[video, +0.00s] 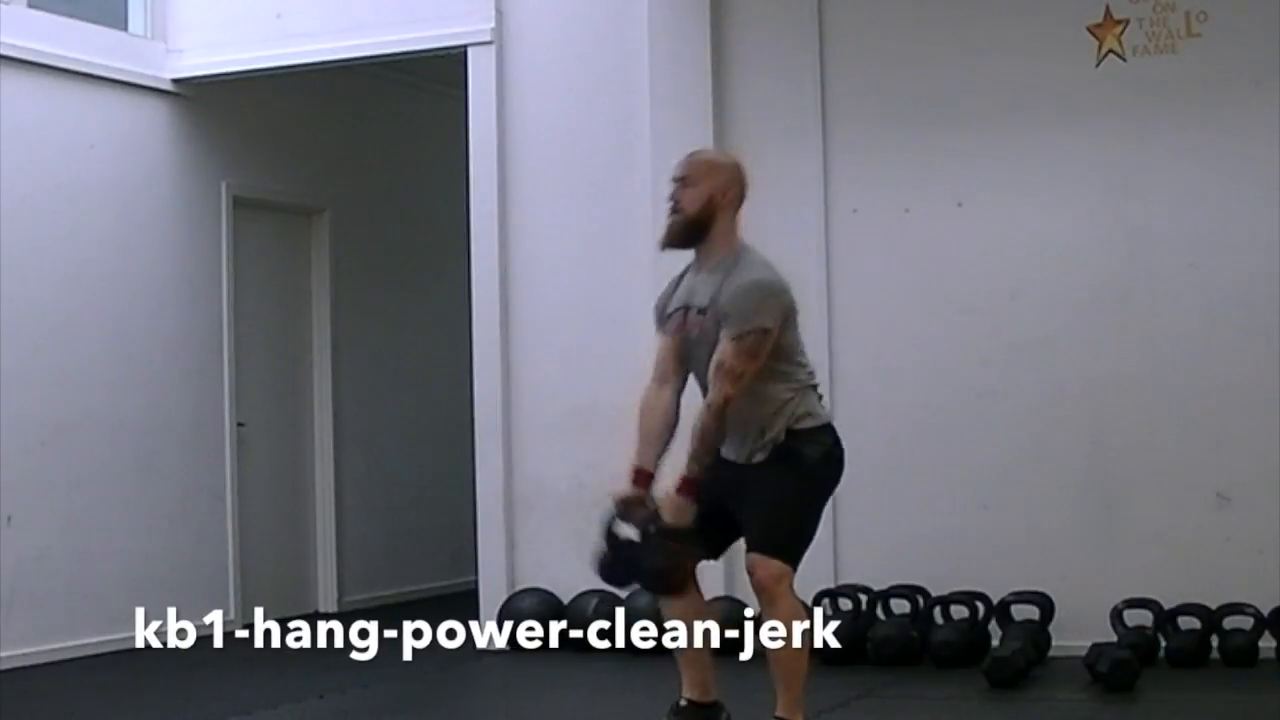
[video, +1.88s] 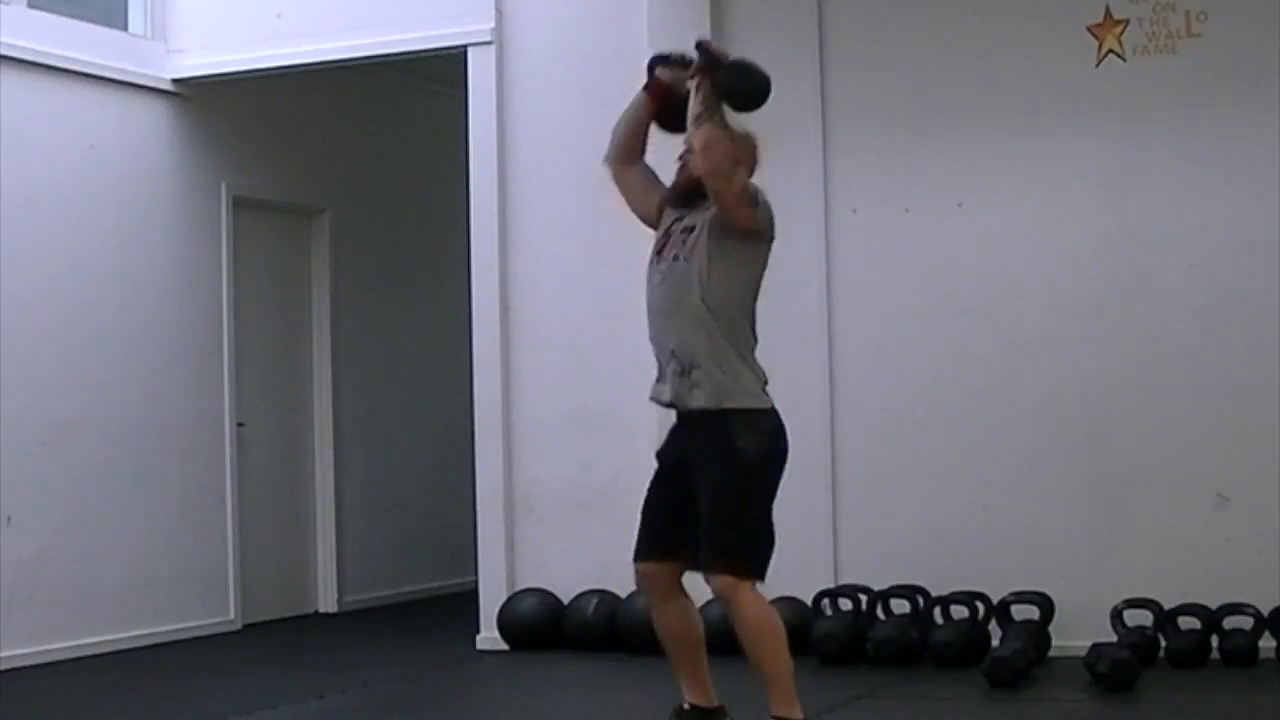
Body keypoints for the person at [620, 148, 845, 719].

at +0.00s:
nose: (672, 194)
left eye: (685, 184)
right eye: (674, 184)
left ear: (724, 196)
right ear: (707, 198)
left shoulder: (757, 285)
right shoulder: (680, 290)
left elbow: (721, 401)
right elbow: (664, 385)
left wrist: (688, 485)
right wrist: (642, 474)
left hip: (799, 449)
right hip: (734, 454)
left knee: (767, 571)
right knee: (667, 553)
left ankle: (791, 712)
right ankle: (700, 702)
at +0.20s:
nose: (574, 248)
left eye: (588, 235)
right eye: (577, 237)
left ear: (630, 241)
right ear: (618, 245)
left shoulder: (689, 319)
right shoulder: (617, 335)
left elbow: (725, 432)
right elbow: (668, 425)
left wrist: (742, 508)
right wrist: (717, 504)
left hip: (788, 441)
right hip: (729, 452)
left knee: (764, 572)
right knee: (669, 552)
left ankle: (792, 713)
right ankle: (699, 701)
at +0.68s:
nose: (652, 203)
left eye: (664, 192)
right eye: (653, 192)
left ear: (700, 201)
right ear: (689, 205)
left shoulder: (743, 283)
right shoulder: (672, 293)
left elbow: (733, 398)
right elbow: (674, 393)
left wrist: (711, 487)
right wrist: (676, 478)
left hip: (779, 452)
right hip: (717, 456)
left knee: (736, 575)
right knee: (660, 570)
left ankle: (789, 713)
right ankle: (701, 704)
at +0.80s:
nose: (697, 174)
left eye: (709, 163)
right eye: (699, 164)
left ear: (748, 172)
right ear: (736, 174)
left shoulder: (775, 248)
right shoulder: (707, 257)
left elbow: (755, 356)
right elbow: (692, 345)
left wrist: (685, 409)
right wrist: (655, 406)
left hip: (777, 435)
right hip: (721, 438)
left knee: (747, 571)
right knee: (675, 561)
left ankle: (790, 712)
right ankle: (701, 703)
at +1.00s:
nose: (711, 155)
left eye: (724, 146)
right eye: (714, 145)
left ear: (764, 158)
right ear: (744, 159)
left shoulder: (784, 226)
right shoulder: (718, 234)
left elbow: (769, 323)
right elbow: (698, 330)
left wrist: (682, 294)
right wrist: (641, 304)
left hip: (769, 422)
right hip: (713, 423)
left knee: (766, 570)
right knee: (695, 566)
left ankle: (792, 712)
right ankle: (704, 704)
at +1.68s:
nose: (718, 148)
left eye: (734, 141)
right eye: (722, 140)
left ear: (764, 163)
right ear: (733, 160)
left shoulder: (771, 228)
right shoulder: (698, 228)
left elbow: (700, 268)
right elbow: (623, 275)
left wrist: (692, 196)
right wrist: (644, 210)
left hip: (734, 414)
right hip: (678, 414)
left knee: (722, 561)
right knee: (658, 559)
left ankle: (781, 709)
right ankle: (696, 700)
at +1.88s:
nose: (688, 151)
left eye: (703, 144)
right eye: (687, 143)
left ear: (737, 162)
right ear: (686, 162)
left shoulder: (748, 220)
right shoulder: (674, 218)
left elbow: (719, 168)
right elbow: (623, 162)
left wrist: (708, 92)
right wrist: (651, 94)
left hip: (743, 425)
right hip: (691, 426)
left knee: (731, 575)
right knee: (657, 572)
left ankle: (789, 712)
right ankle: (701, 706)